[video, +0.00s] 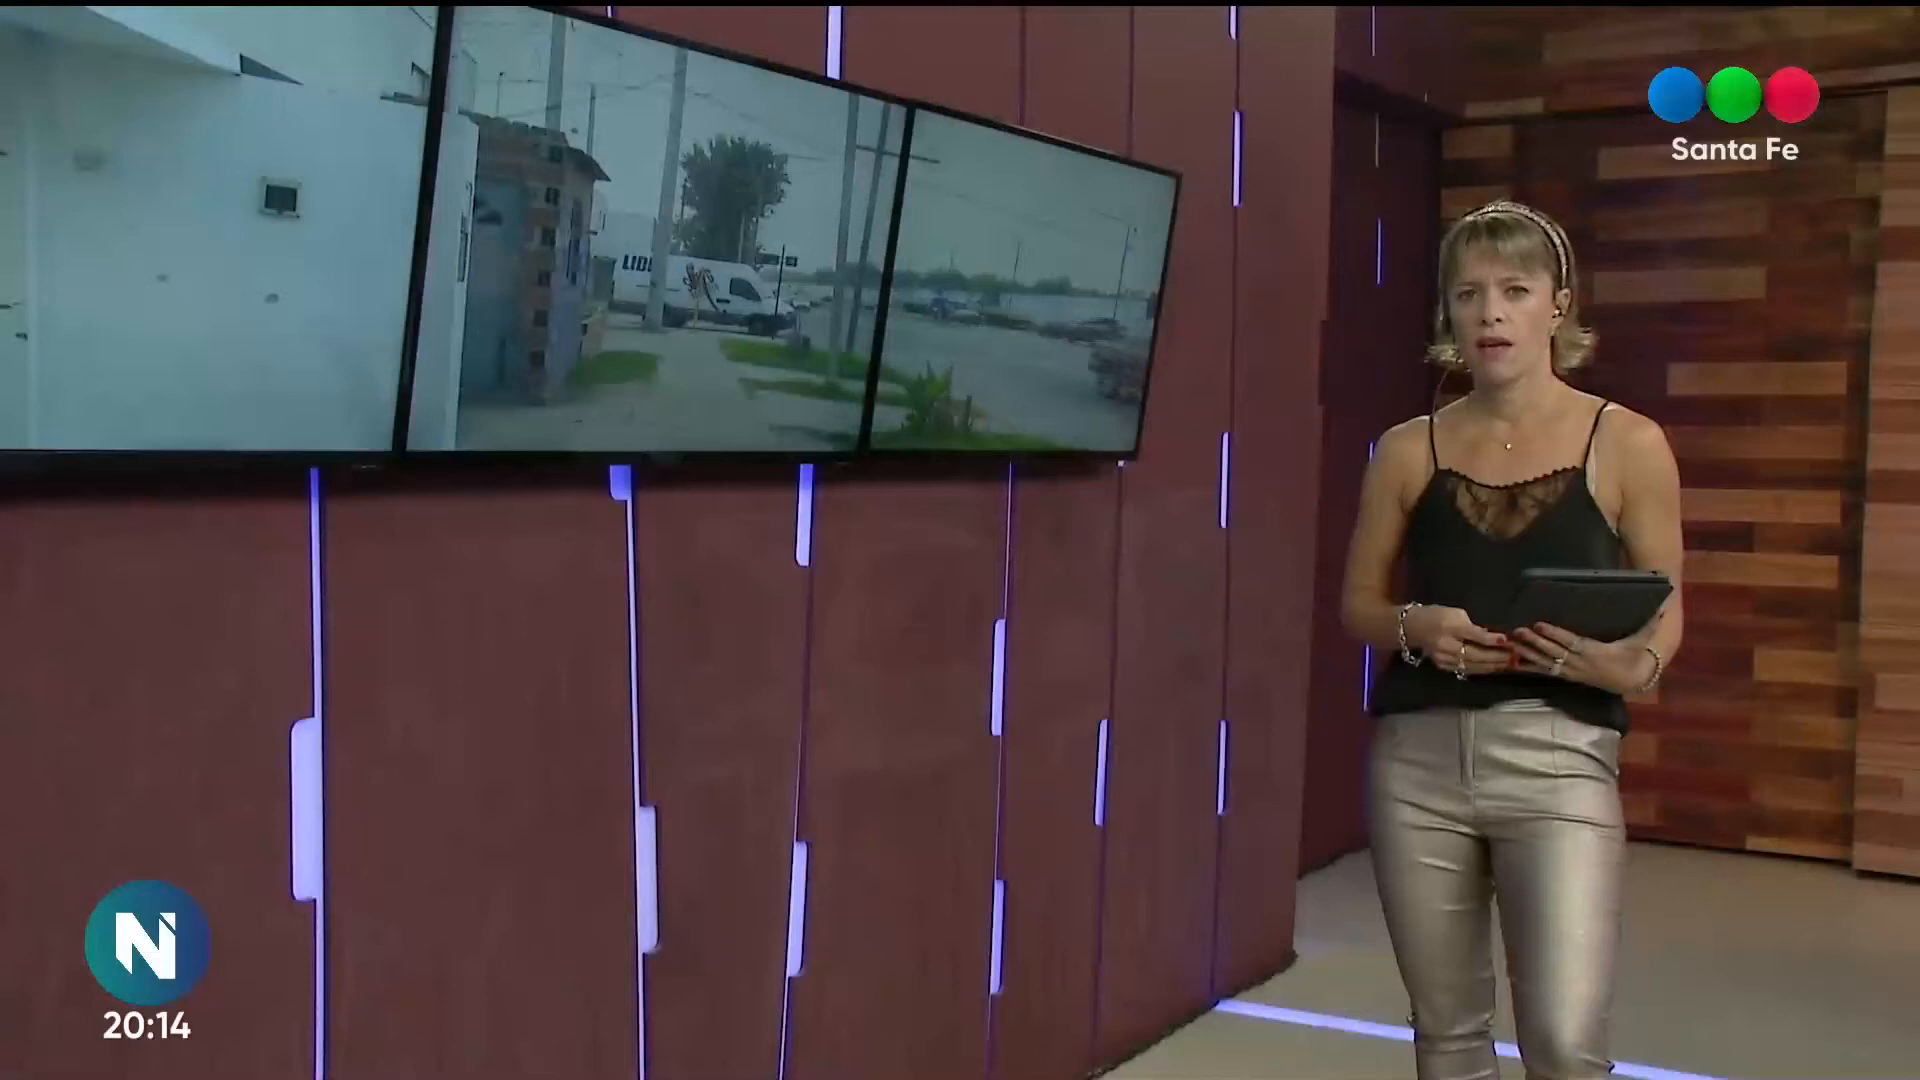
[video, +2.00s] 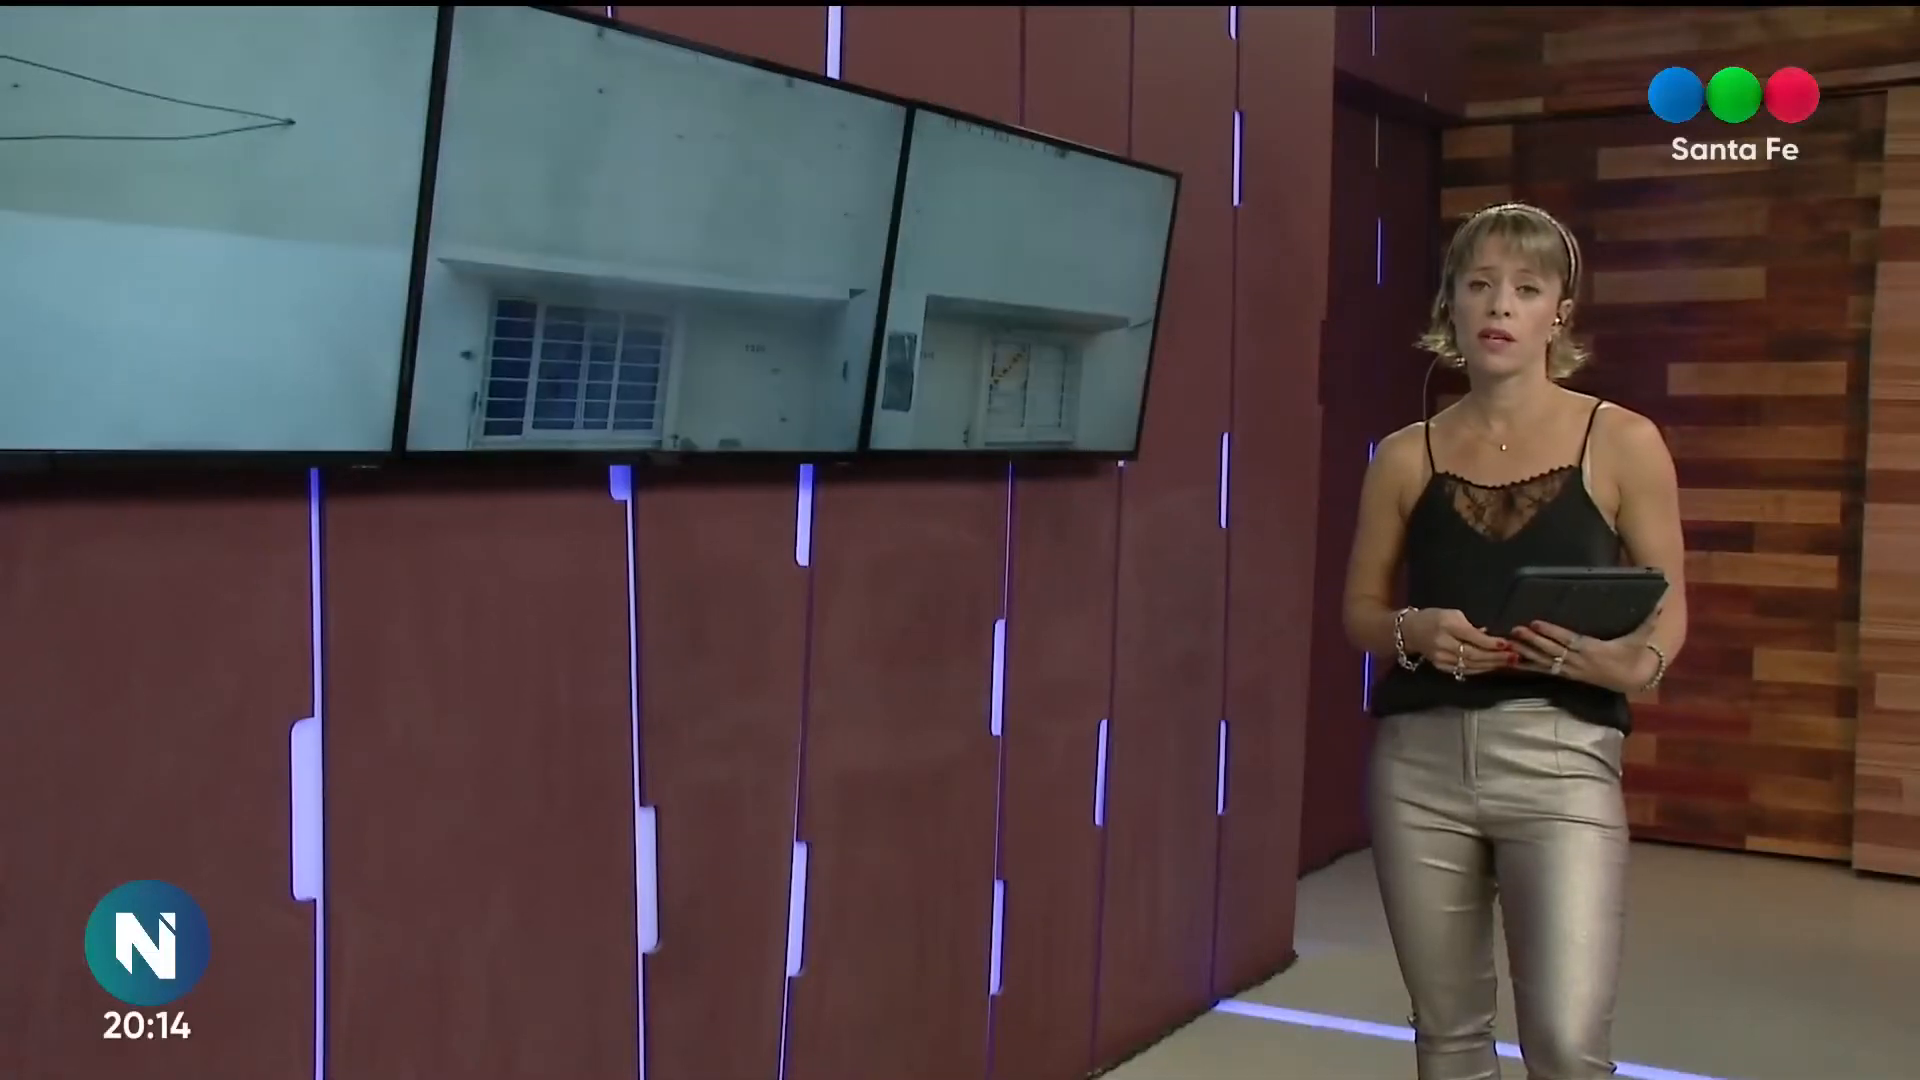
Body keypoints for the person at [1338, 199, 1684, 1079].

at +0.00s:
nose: (1489, 312)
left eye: (1513, 290)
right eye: (1470, 292)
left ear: (1558, 307)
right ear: (1448, 312)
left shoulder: (1628, 445)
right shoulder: (1407, 452)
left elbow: (1663, 611)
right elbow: (1358, 605)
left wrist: (1624, 668)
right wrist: (1411, 626)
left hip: (1557, 766)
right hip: (1416, 768)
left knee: (1563, 1048)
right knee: (1446, 1039)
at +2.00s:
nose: (1497, 304)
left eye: (1523, 288)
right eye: (1478, 284)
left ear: (1559, 313)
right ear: (1450, 305)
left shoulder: (1623, 444)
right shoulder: (1404, 459)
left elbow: (1666, 603)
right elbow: (1360, 612)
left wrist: (1629, 665)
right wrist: (1410, 631)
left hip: (1559, 766)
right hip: (1418, 768)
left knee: (1565, 1049)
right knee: (1447, 1042)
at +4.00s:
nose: (1498, 306)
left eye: (1525, 289)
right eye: (1480, 285)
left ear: (1560, 313)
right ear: (1452, 305)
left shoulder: (1624, 444)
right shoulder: (1404, 459)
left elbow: (1665, 610)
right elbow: (1358, 610)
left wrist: (1630, 663)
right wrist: (1409, 630)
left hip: (1561, 768)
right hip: (1419, 768)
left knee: (1567, 1048)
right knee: (1448, 1040)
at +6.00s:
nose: (1490, 305)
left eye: (1517, 289)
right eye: (1471, 285)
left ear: (1552, 314)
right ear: (1443, 306)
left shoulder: (1616, 444)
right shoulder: (1397, 459)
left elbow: (1659, 608)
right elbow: (1351, 613)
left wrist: (1627, 663)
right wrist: (1406, 629)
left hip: (1556, 768)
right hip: (1414, 768)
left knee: (1562, 1050)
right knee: (1445, 1042)